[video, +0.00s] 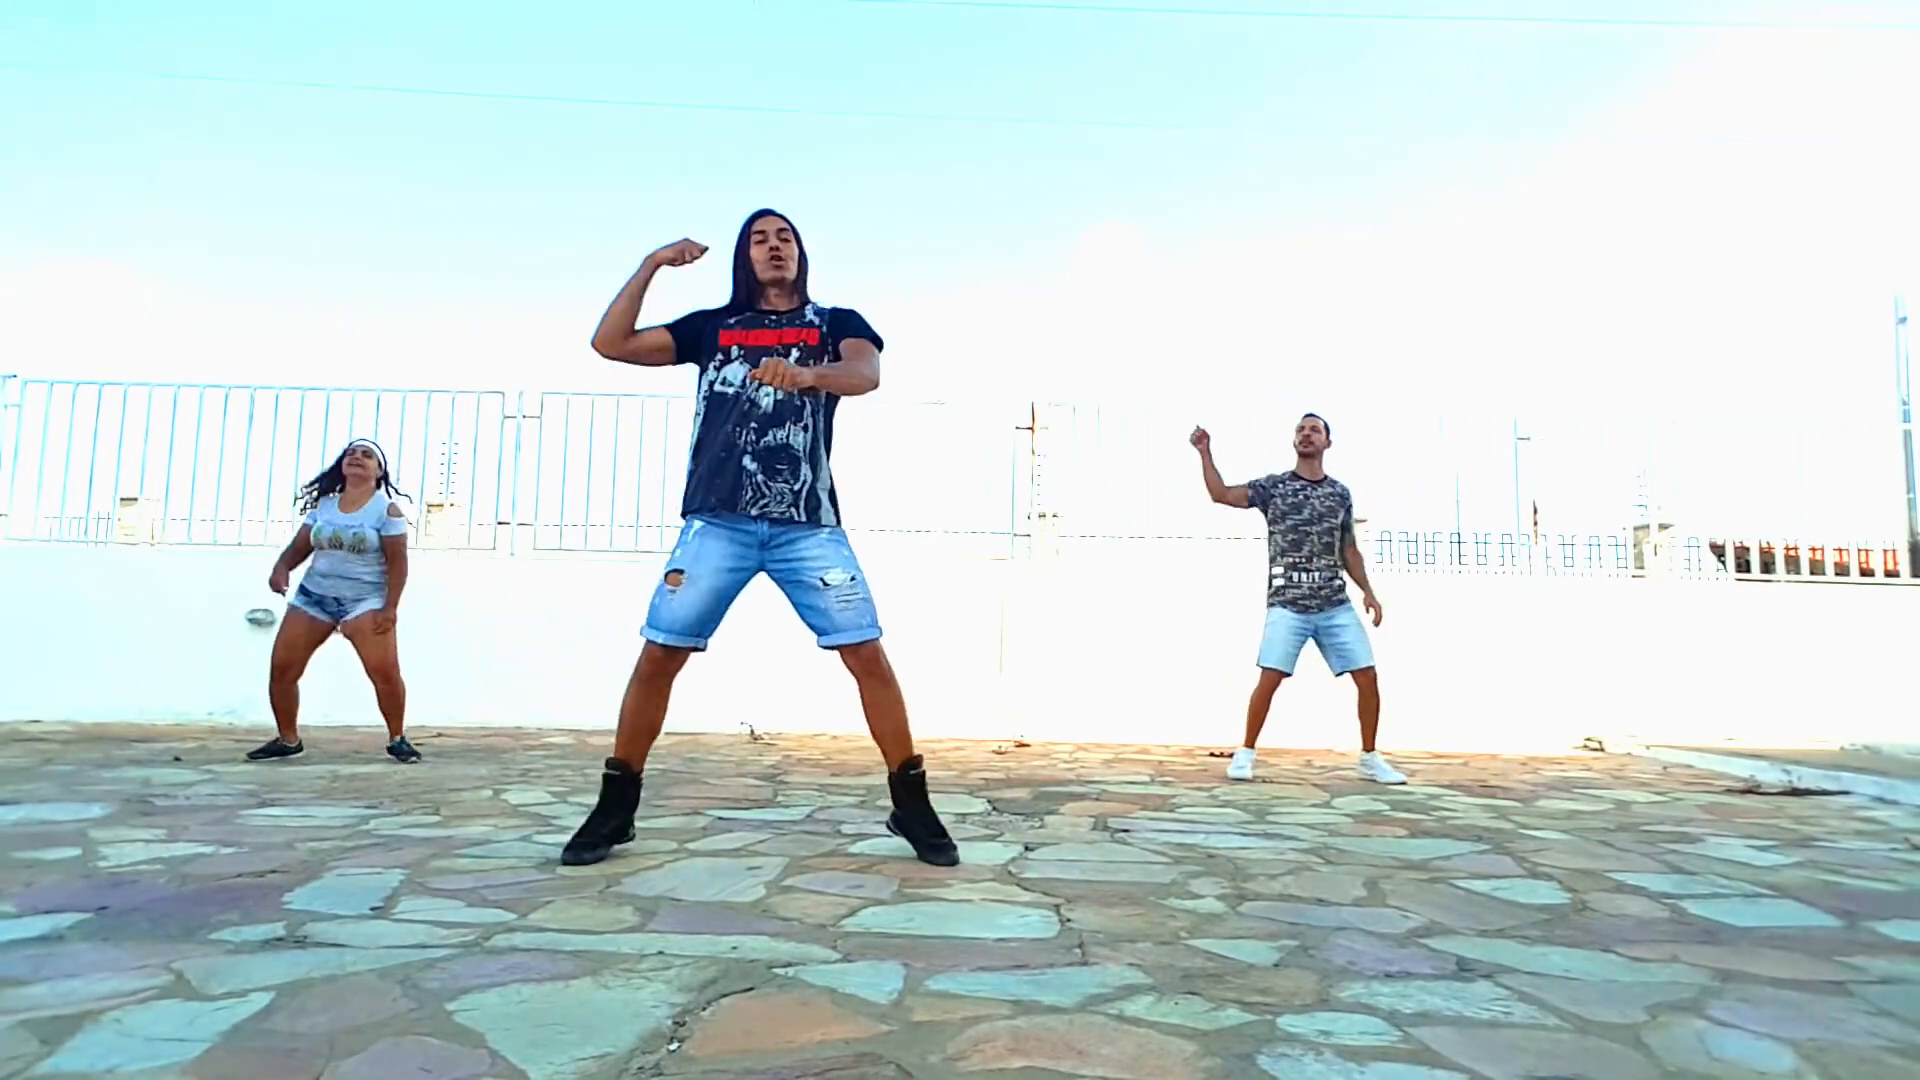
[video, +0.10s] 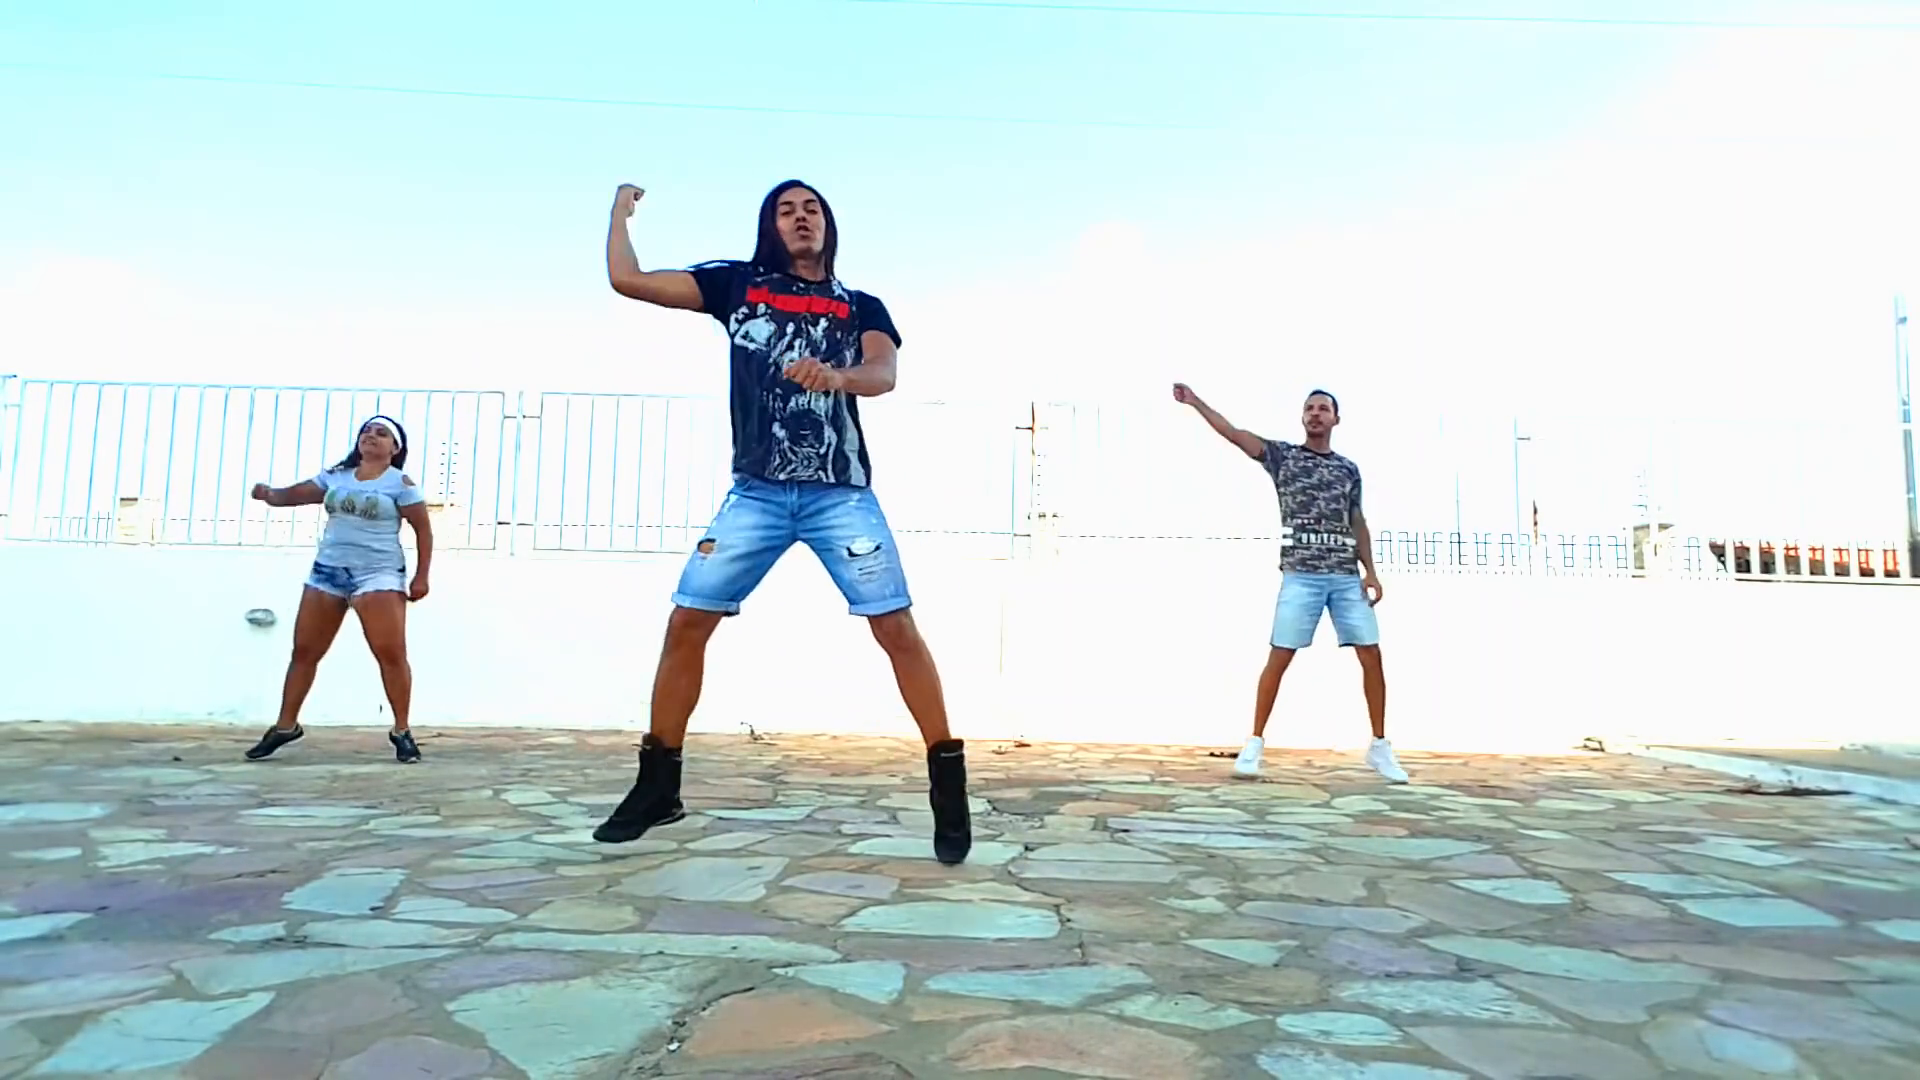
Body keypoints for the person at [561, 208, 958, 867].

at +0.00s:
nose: (773, 244)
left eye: (783, 236)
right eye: (760, 238)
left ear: (801, 256)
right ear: (742, 259)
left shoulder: (838, 321)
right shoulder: (713, 327)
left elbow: (864, 373)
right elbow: (613, 343)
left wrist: (807, 376)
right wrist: (648, 265)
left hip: (808, 525)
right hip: (718, 522)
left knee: (868, 653)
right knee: (659, 655)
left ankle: (912, 802)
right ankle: (615, 806)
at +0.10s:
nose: (800, 215)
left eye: (810, 208)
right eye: (787, 210)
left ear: (830, 226)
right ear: (769, 231)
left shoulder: (861, 306)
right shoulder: (738, 284)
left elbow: (881, 375)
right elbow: (628, 277)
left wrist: (835, 377)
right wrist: (620, 212)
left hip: (842, 495)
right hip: (756, 493)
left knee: (897, 631)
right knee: (687, 622)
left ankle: (948, 781)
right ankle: (657, 785)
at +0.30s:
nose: (847, 258)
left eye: (859, 249)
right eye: (834, 251)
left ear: (877, 267)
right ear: (818, 270)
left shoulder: (907, 342)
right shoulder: (786, 328)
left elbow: (954, 422)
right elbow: (701, 268)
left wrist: (888, 430)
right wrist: (655, 184)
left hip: (884, 541)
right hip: (796, 538)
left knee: (958, 662)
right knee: (743, 670)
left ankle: (1028, 806)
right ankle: (750, 812)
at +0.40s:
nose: (883, 271)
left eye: (894, 262)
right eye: (871, 263)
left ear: (910, 277)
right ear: (853, 279)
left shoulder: (945, 351)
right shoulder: (825, 349)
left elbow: (997, 426)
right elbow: (729, 318)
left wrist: (933, 451)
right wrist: (750, 227)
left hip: (923, 551)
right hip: (832, 548)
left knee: (987, 677)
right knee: (769, 671)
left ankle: (1031, 823)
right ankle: (749, 817)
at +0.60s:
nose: (949, 227)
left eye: (959, 218)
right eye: (936, 220)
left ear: (978, 235)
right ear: (918, 239)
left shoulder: (1011, 315)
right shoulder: (888, 302)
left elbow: (1052, 397)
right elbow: (791, 271)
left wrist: (1007, 428)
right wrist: (792, 231)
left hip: (1003, 506)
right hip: (917, 504)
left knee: (1060, 638)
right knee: (838, 630)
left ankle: (1085, 796)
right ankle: (828, 782)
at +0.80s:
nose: (1015, 269)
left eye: (1025, 260)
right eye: (1002, 262)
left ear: (1044, 277)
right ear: (983, 282)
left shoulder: (1077, 358)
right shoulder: (954, 349)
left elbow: (1123, 439)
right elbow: (862, 312)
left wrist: (1068, 472)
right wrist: (830, 235)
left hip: (1058, 550)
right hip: (970, 547)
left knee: (1134, 674)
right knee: (910, 674)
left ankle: (1177, 820)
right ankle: (897, 816)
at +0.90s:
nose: (1048, 266)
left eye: (1059, 257)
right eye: (1035, 259)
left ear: (1076, 274)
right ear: (1018, 279)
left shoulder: (1112, 349)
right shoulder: (989, 354)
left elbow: (1151, 436)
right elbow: (891, 338)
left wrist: (1108, 476)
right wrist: (916, 254)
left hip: (1102, 544)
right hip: (1010, 541)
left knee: (1160, 669)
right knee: (945, 661)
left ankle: (1180, 821)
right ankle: (900, 806)